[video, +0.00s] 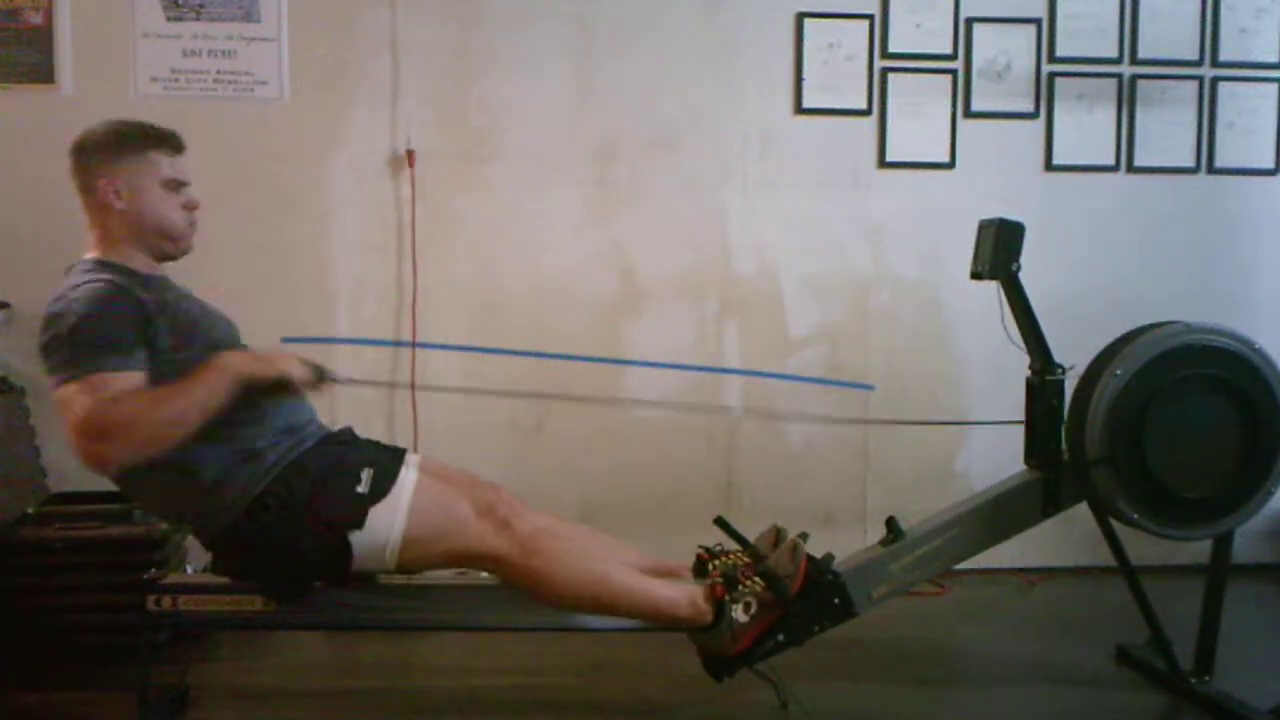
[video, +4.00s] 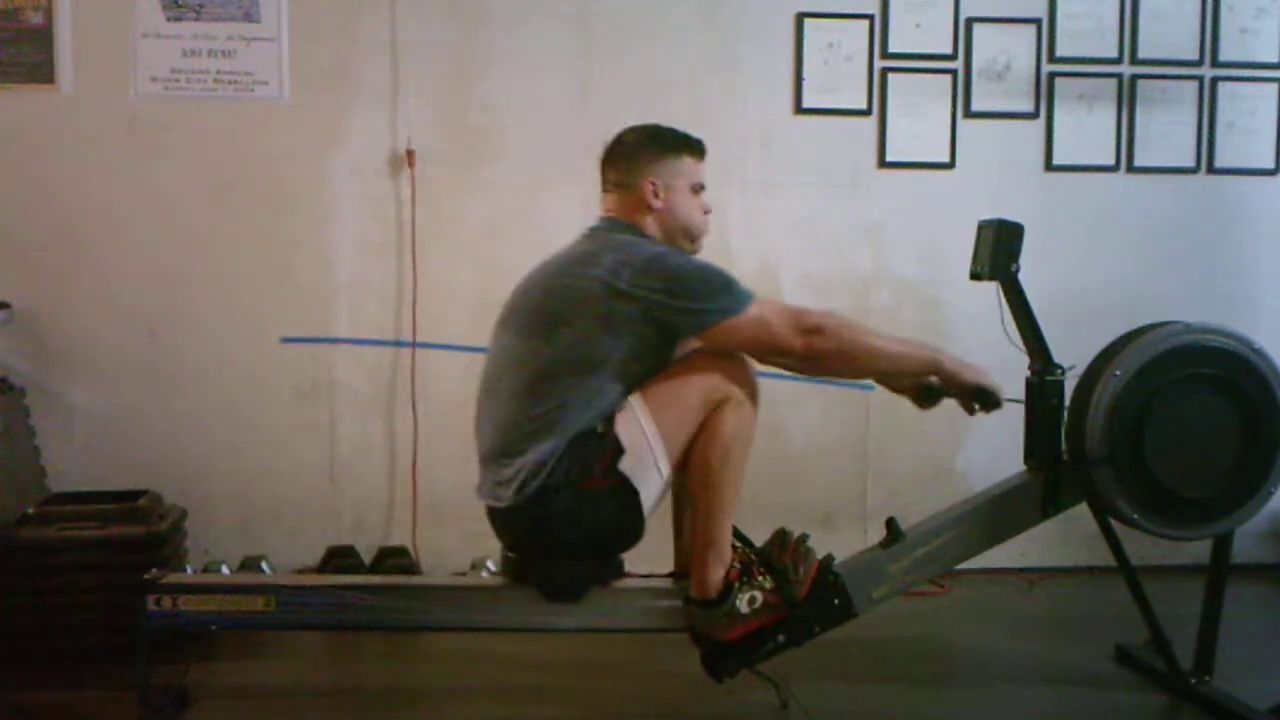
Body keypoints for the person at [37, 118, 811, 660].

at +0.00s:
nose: (191, 206)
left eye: (188, 190)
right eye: (171, 189)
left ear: (139, 202)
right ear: (109, 201)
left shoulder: (151, 294)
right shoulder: (96, 298)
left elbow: (158, 414)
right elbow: (101, 435)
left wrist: (265, 380)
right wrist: (238, 366)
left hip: (306, 472)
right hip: (278, 502)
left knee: (500, 508)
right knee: (493, 529)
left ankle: (705, 593)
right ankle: (708, 611)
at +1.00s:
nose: (586, 203)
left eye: (583, 186)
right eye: (572, 185)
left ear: (521, 192)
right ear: (522, 190)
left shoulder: (465, 262)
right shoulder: (505, 268)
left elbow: (638, 350)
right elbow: (655, 349)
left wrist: (758, 393)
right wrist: (798, 393)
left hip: (434, 519)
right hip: (463, 521)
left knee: (631, 387)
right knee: (642, 395)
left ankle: (706, 591)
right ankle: (713, 610)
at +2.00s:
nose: (349, 166)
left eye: (345, 147)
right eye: (331, 148)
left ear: (281, 159)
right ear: (275, 154)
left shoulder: (267, 247)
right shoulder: (282, 252)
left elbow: (429, 318)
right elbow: (433, 320)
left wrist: (565, 346)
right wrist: (572, 348)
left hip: (319, 484)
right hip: (324, 496)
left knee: (533, 449)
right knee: (539, 457)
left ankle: (696, 598)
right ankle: (706, 612)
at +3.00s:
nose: (320, 186)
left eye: (318, 169)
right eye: (303, 169)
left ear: (252, 174)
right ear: (243, 170)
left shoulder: (260, 264)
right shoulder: (218, 267)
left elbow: (360, 365)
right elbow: (342, 376)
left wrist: (479, 397)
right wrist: (484, 399)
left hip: (314, 479)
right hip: (284, 507)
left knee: (511, 475)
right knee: (509, 489)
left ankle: (703, 584)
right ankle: (705, 613)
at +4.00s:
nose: (706, 208)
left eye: (703, 192)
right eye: (696, 191)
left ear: (642, 197)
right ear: (653, 195)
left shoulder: (599, 259)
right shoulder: (642, 266)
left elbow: (772, 336)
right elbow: (801, 336)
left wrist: (887, 372)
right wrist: (939, 364)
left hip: (531, 512)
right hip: (558, 517)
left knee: (716, 366)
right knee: (728, 379)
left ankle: (702, 567)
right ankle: (717, 594)